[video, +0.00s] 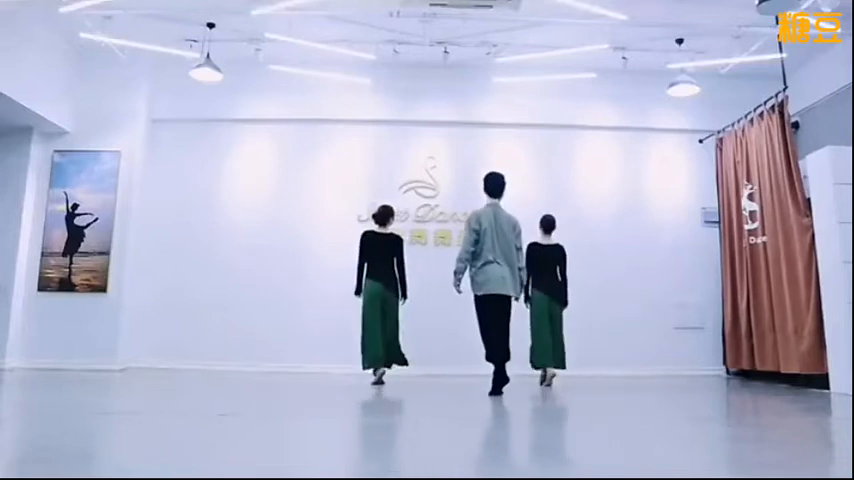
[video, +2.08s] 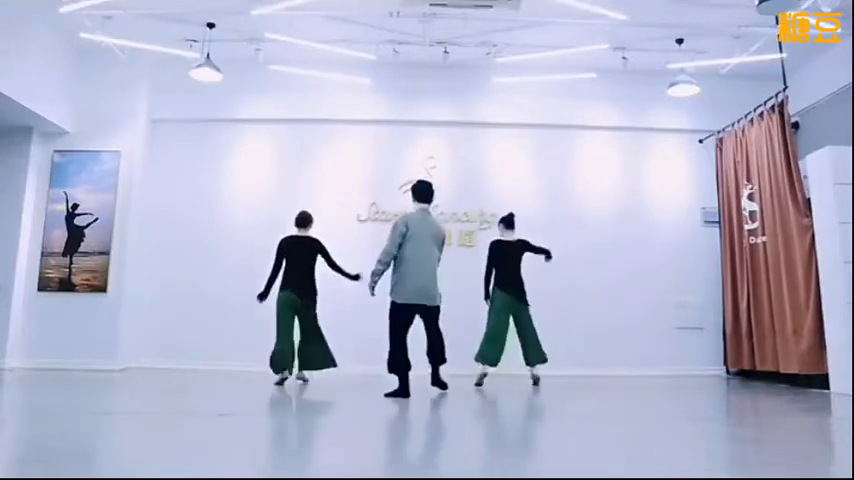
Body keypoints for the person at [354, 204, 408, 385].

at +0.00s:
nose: (392, 220)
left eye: (390, 217)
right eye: (392, 218)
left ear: (375, 218)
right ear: (391, 220)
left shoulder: (366, 236)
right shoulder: (396, 239)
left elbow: (361, 263)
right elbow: (400, 266)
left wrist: (358, 286)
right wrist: (404, 289)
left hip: (372, 286)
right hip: (390, 287)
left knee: (373, 326)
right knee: (388, 325)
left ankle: (377, 366)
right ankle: (383, 364)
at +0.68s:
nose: (372, 219)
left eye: (370, 216)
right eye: (371, 216)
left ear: (355, 216)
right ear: (370, 218)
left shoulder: (347, 235)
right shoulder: (377, 239)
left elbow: (341, 261)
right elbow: (380, 267)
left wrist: (337, 284)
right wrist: (381, 290)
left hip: (351, 284)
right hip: (370, 287)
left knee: (350, 326)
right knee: (366, 326)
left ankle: (352, 368)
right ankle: (361, 367)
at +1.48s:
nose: (347, 220)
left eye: (345, 217)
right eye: (346, 217)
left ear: (330, 217)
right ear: (345, 219)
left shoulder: (321, 235)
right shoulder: (351, 239)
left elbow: (315, 262)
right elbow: (357, 266)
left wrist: (311, 284)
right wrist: (360, 288)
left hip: (326, 285)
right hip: (345, 287)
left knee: (327, 327)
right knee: (344, 327)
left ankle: (332, 369)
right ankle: (341, 369)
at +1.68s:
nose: (341, 223)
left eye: (339, 220)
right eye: (340, 221)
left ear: (324, 221)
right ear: (339, 222)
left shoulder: (315, 239)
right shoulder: (345, 241)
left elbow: (309, 266)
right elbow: (355, 267)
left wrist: (305, 289)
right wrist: (359, 288)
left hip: (319, 289)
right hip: (339, 289)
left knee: (319, 328)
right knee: (339, 330)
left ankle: (321, 367)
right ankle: (340, 370)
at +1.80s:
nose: (332, 221)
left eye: (330, 218)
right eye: (332, 218)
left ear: (315, 218)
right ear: (330, 220)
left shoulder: (306, 237)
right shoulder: (336, 239)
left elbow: (298, 263)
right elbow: (351, 260)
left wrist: (292, 286)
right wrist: (362, 280)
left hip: (310, 288)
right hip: (331, 288)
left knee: (306, 327)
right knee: (335, 328)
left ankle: (297, 366)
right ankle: (339, 369)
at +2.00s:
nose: (312, 223)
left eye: (308, 219)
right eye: (314, 220)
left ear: (300, 220)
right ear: (315, 221)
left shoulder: (289, 238)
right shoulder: (319, 240)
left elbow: (279, 264)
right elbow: (340, 260)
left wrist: (268, 287)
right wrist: (361, 269)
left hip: (291, 289)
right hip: (311, 290)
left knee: (289, 329)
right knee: (315, 329)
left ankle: (285, 369)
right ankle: (318, 369)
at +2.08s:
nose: (308, 227)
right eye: (310, 224)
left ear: (295, 223)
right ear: (311, 225)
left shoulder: (285, 242)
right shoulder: (315, 243)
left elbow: (276, 269)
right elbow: (332, 265)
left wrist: (265, 291)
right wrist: (351, 277)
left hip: (287, 292)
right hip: (307, 294)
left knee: (284, 331)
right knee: (306, 332)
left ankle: (284, 370)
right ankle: (301, 370)